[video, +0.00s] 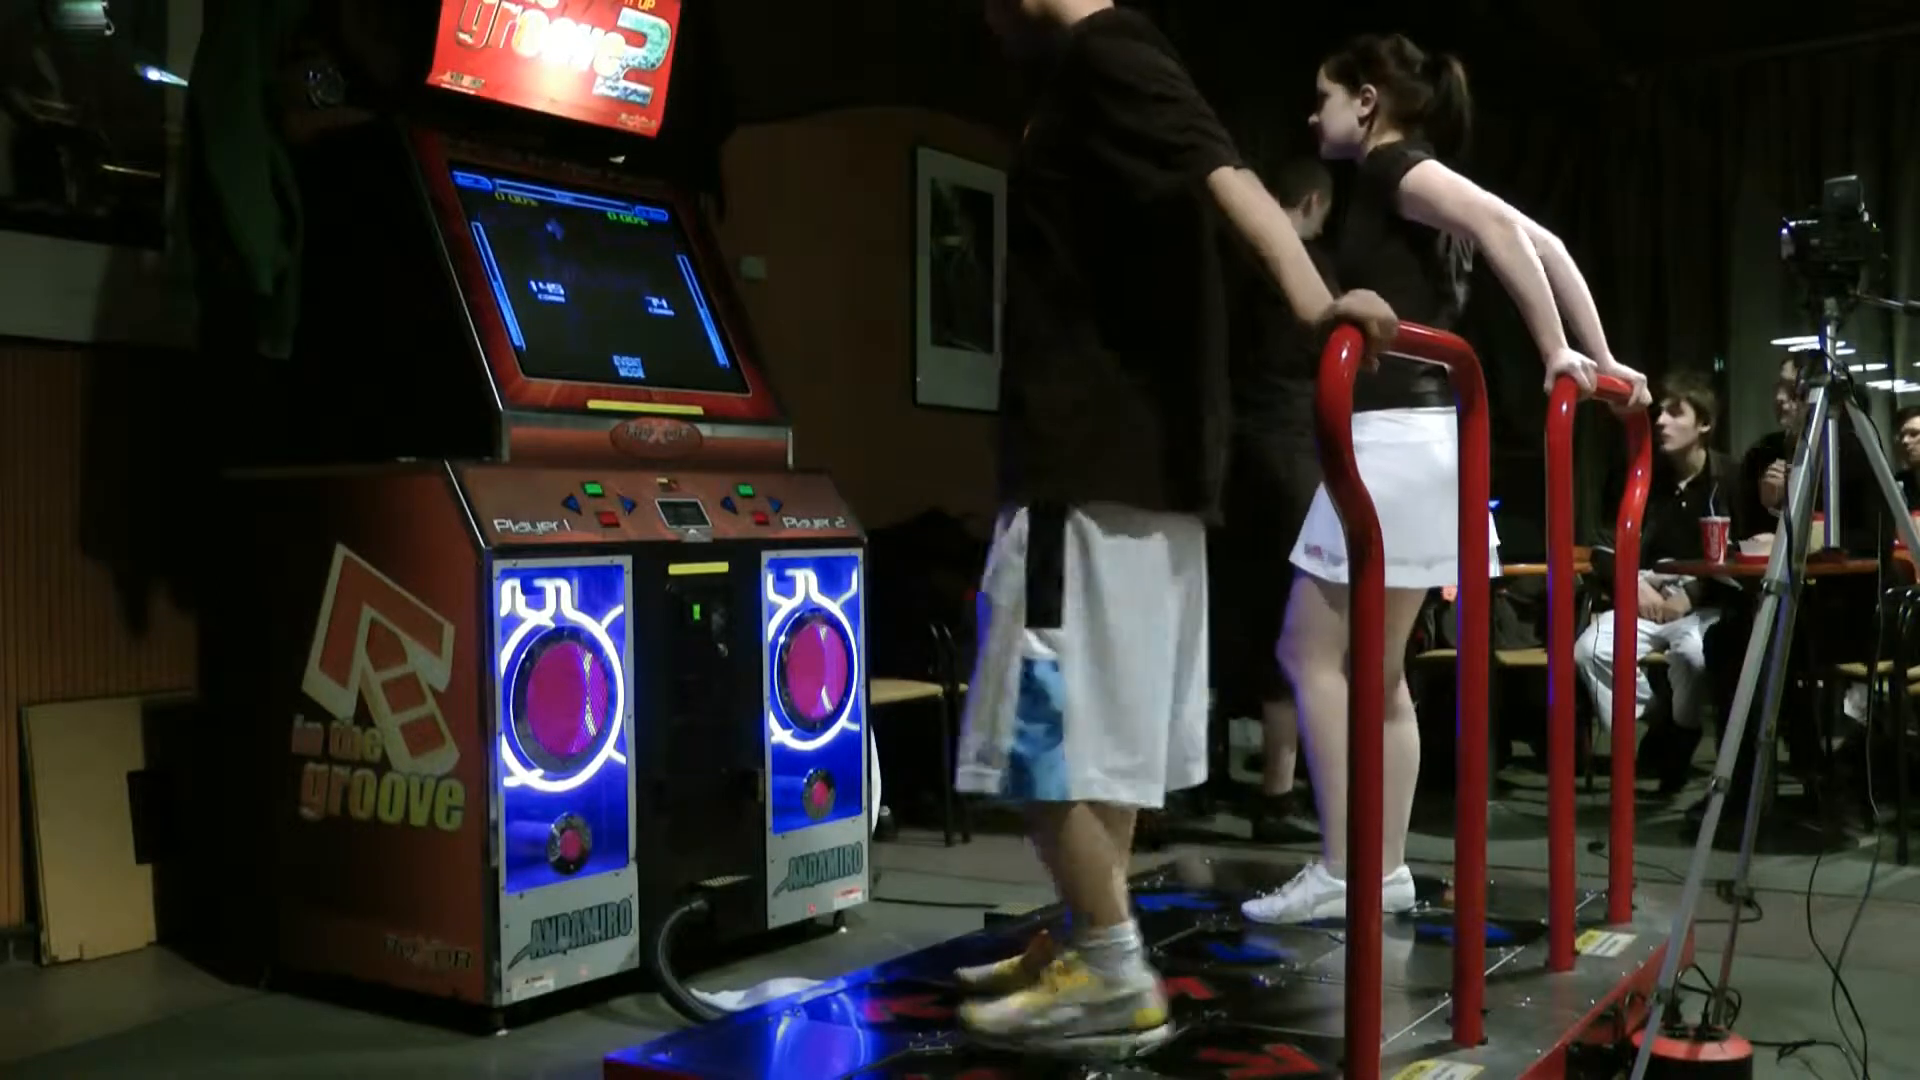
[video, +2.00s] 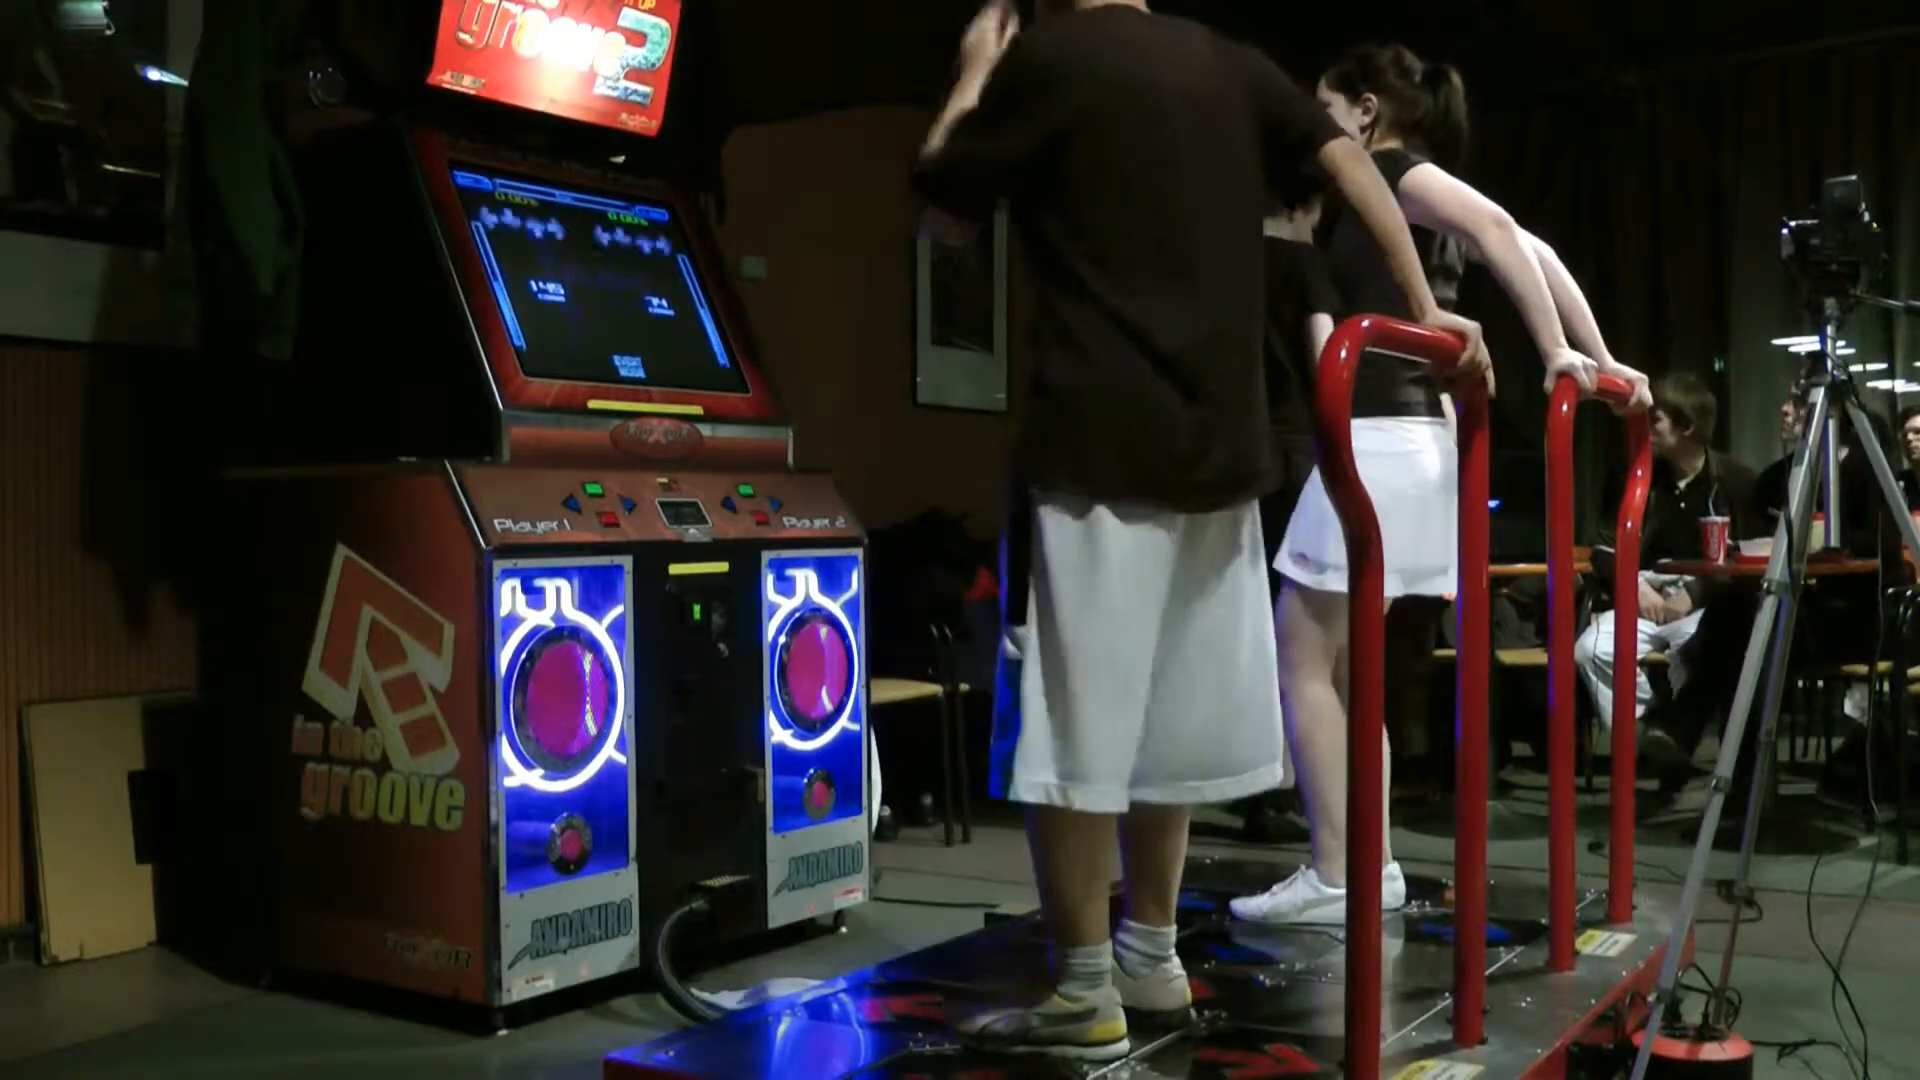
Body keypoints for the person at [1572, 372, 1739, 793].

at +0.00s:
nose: (1662, 422)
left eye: (1675, 413)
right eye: (1659, 412)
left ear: (1703, 426)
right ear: (1651, 419)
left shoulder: (1727, 479)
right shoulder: (1641, 474)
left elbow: (1737, 555)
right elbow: (1607, 546)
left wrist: (1689, 595)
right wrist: (1634, 586)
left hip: (1700, 603)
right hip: (1643, 598)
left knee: (1693, 655)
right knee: (1593, 650)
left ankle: (1683, 735)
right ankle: (1656, 730)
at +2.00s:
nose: (1649, 427)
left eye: (1658, 419)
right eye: (1649, 418)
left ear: (1688, 426)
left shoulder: (1734, 480)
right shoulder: (1642, 475)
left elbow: (1746, 559)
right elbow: (1605, 547)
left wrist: (1692, 595)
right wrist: (1634, 586)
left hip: (1700, 600)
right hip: (1642, 598)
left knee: (1700, 647)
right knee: (1596, 649)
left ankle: (1675, 740)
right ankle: (1652, 748)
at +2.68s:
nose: (1650, 425)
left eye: (1659, 417)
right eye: (1650, 417)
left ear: (1689, 425)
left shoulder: (1734, 480)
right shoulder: (1644, 474)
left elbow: (1747, 560)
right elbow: (1607, 546)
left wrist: (1692, 596)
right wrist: (1634, 587)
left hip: (1703, 603)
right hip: (1645, 599)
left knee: (1698, 652)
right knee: (1596, 648)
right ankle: (1646, 748)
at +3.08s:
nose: (1650, 426)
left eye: (1659, 418)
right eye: (1651, 418)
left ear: (1689, 426)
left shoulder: (1734, 480)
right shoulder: (1646, 474)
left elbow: (1744, 560)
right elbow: (1608, 545)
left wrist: (1690, 597)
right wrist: (1635, 588)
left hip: (1708, 600)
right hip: (1648, 596)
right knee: (1596, 648)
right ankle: (1657, 735)